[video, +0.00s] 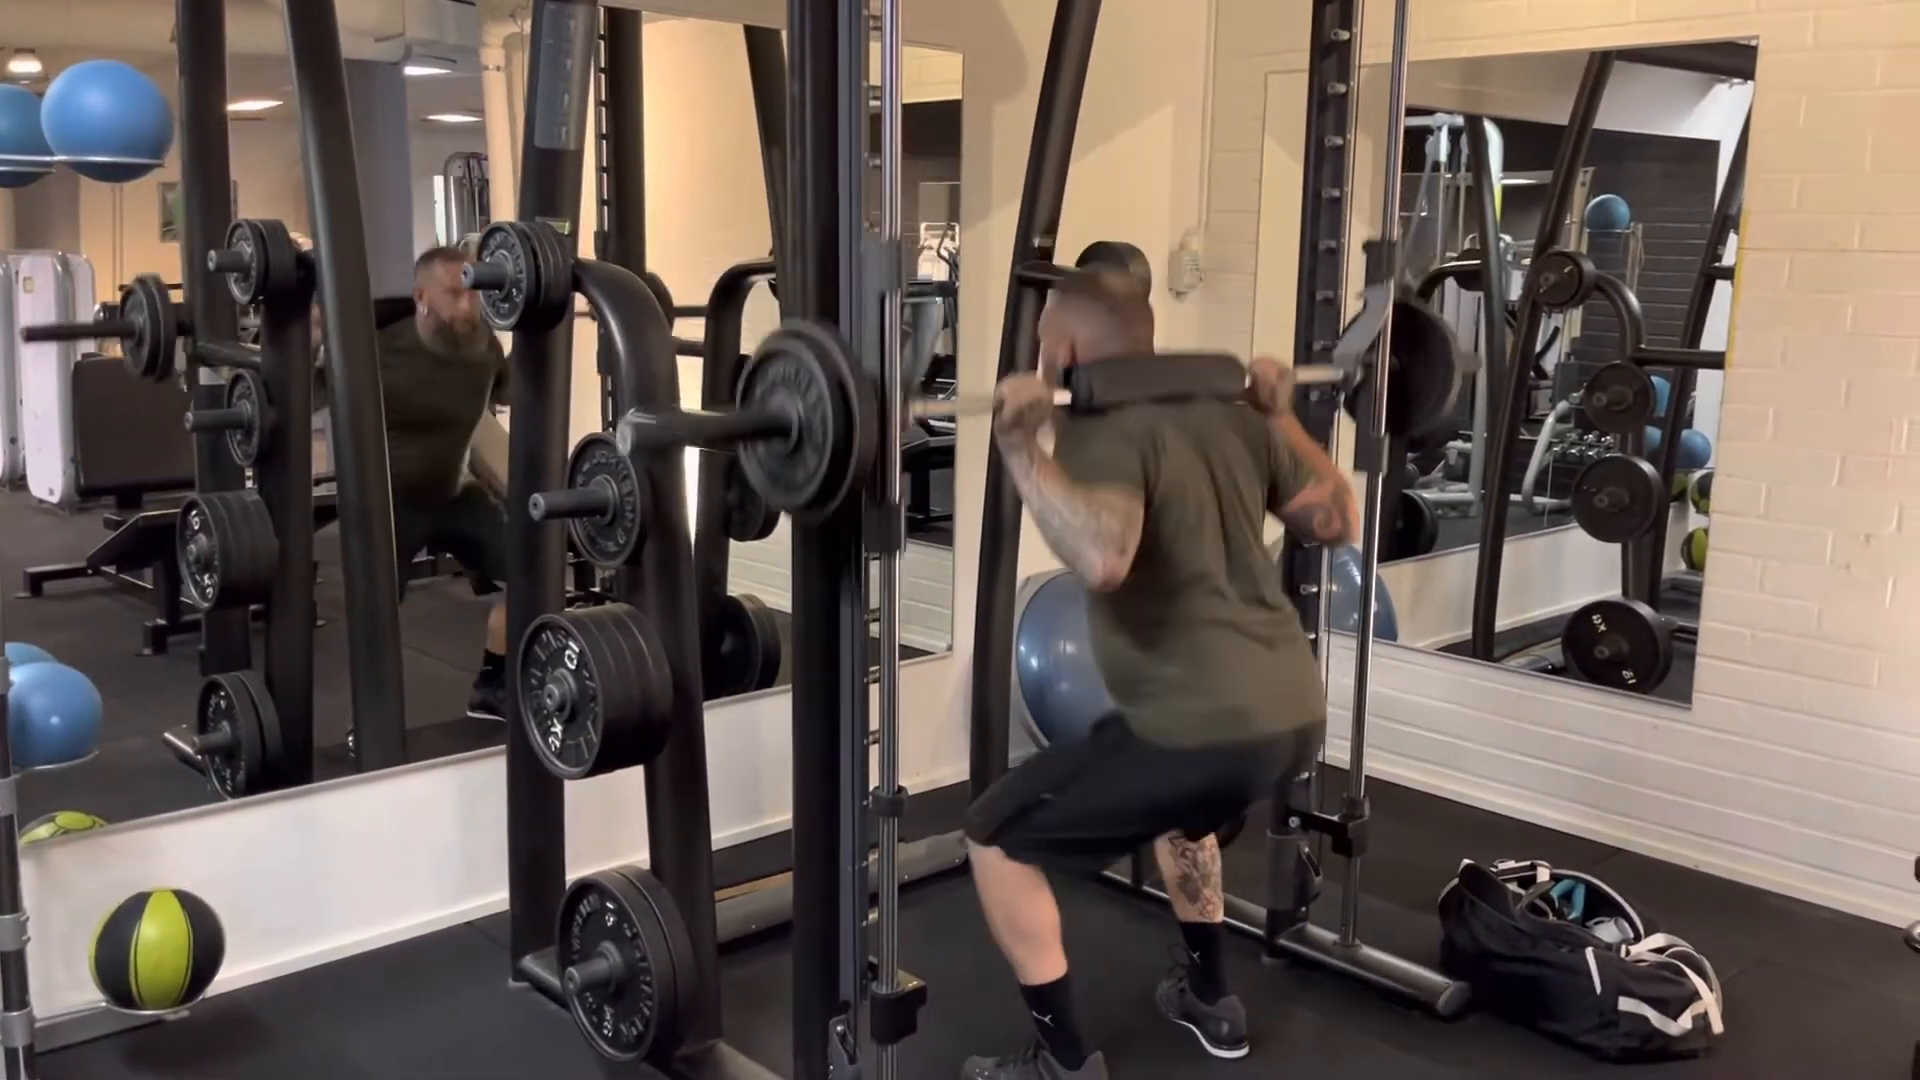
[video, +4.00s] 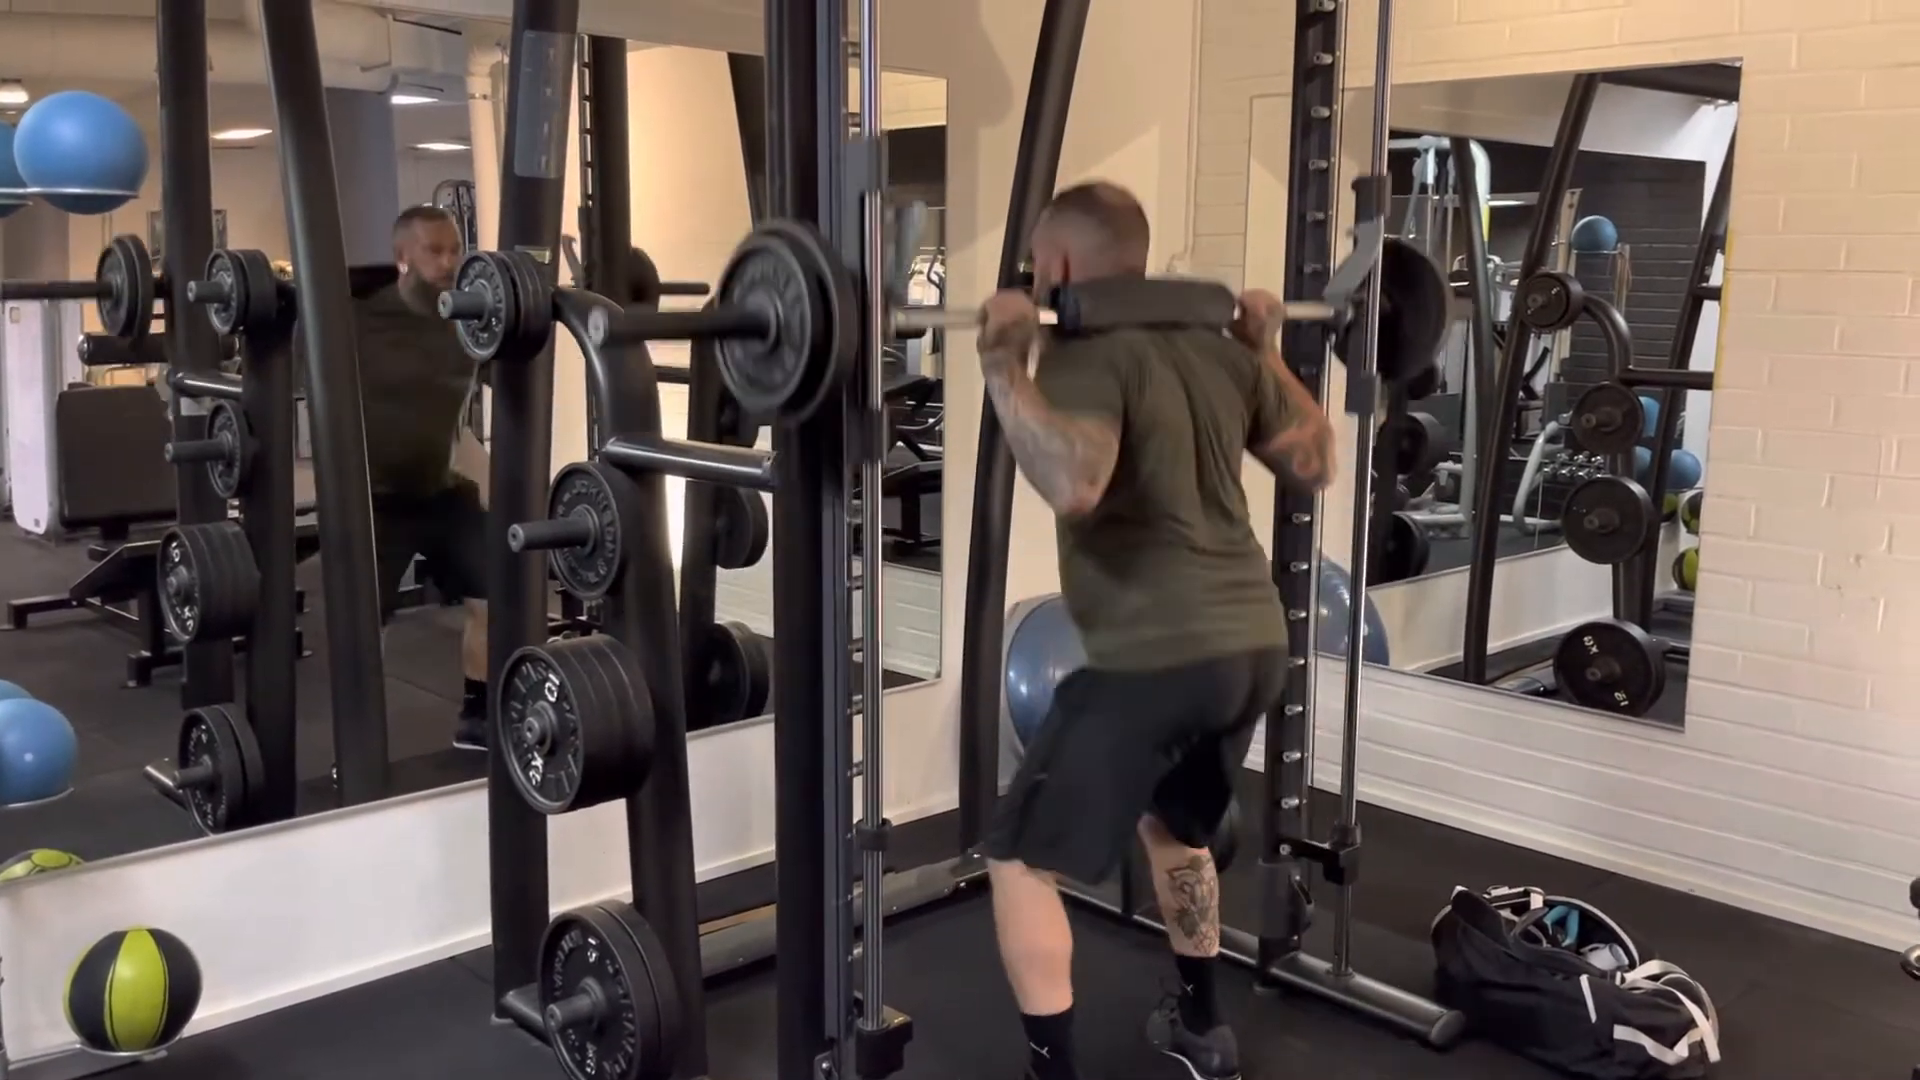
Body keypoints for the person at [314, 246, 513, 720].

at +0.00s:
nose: (468, 306)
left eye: (471, 293)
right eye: (454, 294)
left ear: (479, 294)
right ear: (422, 297)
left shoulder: (485, 350)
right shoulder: (380, 352)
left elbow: (510, 396)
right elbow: (304, 396)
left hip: (454, 498)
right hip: (388, 502)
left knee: (526, 559)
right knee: (377, 602)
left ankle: (494, 683)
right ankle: (371, 717)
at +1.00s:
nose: (458, 367)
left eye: (465, 353)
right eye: (444, 354)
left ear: (473, 354)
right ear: (411, 360)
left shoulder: (478, 410)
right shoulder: (374, 414)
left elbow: (508, 450)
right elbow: (292, 466)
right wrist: (296, 414)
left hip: (441, 541)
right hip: (373, 545)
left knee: (517, 579)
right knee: (364, 609)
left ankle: (484, 691)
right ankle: (359, 721)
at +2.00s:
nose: (454, 217)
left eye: (459, 205)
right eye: (440, 206)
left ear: (466, 210)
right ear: (405, 212)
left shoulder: (473, 273)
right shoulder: (360, 274)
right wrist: (279, 268)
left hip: (458, 459)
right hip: (381, 463)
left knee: (482, 574)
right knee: (365, 594)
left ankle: (482, 699)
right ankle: (359, 714)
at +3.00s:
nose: (458, 436)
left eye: (466, 421)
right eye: (444, 423)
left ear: (474, 420)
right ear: (411, 424)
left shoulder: (480, 469)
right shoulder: (367, 474)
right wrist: (292, 480)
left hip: (438, 593)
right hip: (369, 598)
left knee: (515, 596)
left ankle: (483, 708)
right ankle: (358, 738)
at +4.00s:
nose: (448, 262)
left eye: (453, 250)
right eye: (435, 251)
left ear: (460, 252)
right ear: (402, 256)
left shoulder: (465, 318)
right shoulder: (363, 319)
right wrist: (274, 298)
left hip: (442, 490)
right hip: (374, 494)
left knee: (494, 584)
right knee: (361, 621)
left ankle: (478, 714)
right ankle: (354, 734)